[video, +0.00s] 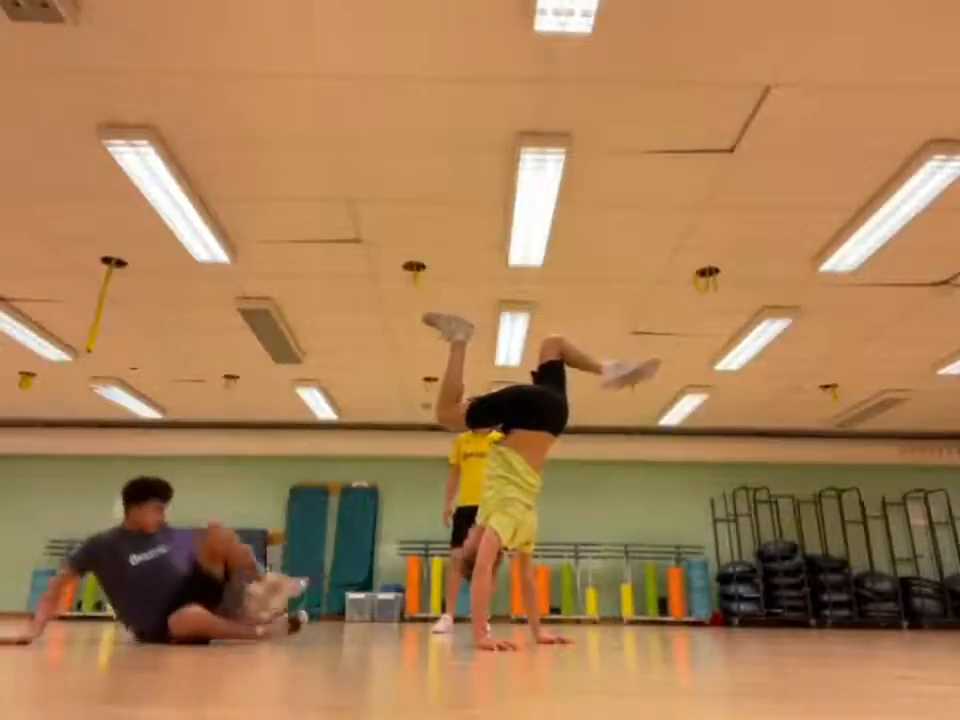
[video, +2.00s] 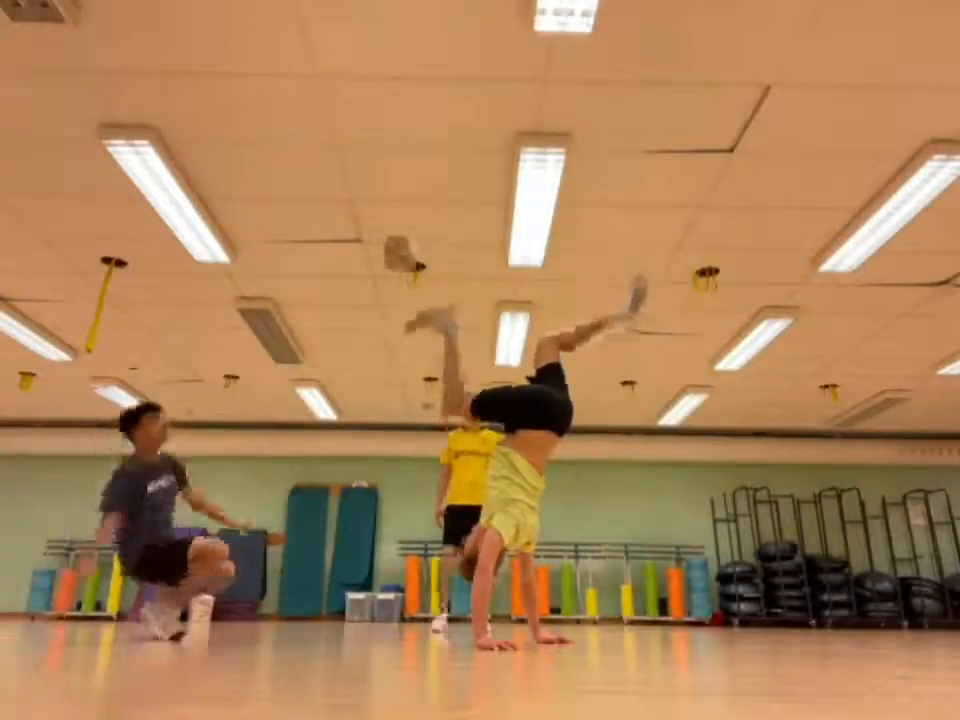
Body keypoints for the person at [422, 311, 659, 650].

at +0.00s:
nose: (480, 558)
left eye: (466, 554)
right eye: (473, 557)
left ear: (467, 545)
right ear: (472, 543)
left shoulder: (523, 536)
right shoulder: (493, 527)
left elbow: (528, 583)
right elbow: (481, 575)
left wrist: (537, 631)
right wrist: (481, 635)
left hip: (552, 413)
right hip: (530, 410)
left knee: (552, 345)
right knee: (449, 414)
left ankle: (607, 370)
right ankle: (458, 341)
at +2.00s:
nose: (481, 557)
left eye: (473, 556)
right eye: (477, 556)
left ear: (472, 549)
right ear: (473, 543)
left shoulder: (526, 538)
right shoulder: (497, 528)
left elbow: (528, 585)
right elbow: (483, 577)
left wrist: (537, 632)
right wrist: (482, 636)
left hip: (557, 412)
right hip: (536, 412)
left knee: (549, 345)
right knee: (457, 407)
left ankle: (620, 317)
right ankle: (450, 334)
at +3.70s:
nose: (476, 543)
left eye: (473, 548)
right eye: (476, 546)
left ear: (475, 547)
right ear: (481, 544)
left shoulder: (528, 540)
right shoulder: (504, 531)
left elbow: (529, 586)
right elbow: (484, 575)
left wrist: (538, 632)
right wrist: (481, 635)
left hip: (572, 416)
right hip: (554, 416)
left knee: (580, 347)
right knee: (471, 409)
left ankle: (658, 323)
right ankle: (472, 331)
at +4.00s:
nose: (482, 542)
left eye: (480, 545)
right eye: (481, 543)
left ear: (482, 550)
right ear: (484, 544)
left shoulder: (530, 541)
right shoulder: (509, 534)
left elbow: (530, 588)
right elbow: (482, 576)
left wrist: (536, 632)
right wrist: (480, 635)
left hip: (598, 436)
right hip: (582, 432)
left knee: (634, 367)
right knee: (515, 382)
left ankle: (714, 359)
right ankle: (527, 301)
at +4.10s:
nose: (488, 525)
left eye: (486, 534)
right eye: (487, 533)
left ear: (490, 546)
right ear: (490, 540)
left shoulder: (530, 538)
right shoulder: (514, 532)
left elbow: (535, 586)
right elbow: (486, 574)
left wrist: (537, 632)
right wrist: (480, 637)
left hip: (604, 438)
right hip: (596, 436)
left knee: (655, 374)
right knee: (538, 362)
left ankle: (736, 390)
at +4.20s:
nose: (495, 524)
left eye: (494, 536)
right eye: (494, 531)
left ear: (495, 550)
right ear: (497, 537)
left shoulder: (535, 539)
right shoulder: (519, 534)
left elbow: (535, 586)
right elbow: (485, 579)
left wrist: (537, 630)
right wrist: (479, 637)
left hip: (618, 452)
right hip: (609, 441)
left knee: (683, 394)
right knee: (576, 353)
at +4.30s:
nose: (501, 528)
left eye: (497, 532)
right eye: (498, 533)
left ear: (501, 550)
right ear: (501, 546)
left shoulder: (539, 544)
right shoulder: (523, 541)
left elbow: (537, 582)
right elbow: (487, 573)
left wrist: (538, 632)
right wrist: (480, 636)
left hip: (633, 472)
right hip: (624, 461)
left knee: (702, 442)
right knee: (638, 365)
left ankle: (760, 524)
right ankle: (712, 392)